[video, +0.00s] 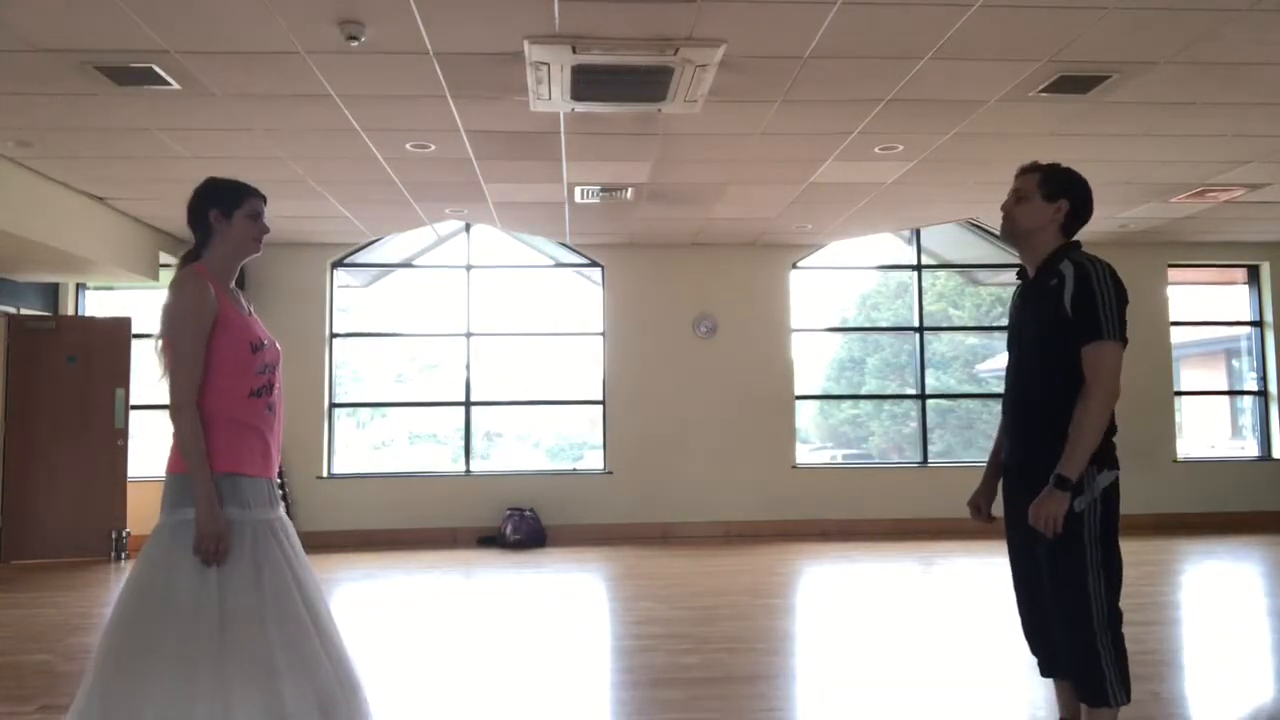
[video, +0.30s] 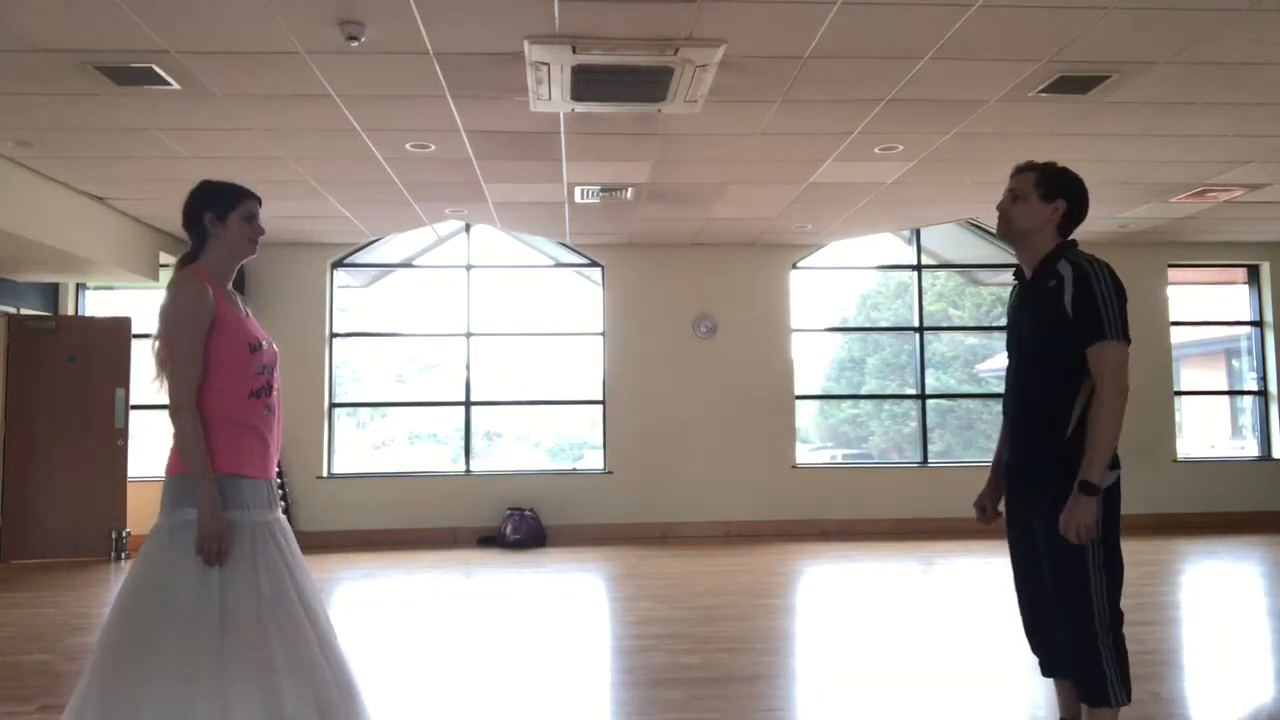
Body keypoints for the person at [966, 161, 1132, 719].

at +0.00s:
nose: (1004, 206)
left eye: (1018, 199)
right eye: (1008, 198)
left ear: (1057, 210)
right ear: (1044, 212)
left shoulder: (1087, 274)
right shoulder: (1027, 290)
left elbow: (1102, 391)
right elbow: (1022, 396)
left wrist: (1062, 484)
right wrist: (991, 478)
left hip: (1075, 484)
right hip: (1028, 482)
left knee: (1087, 634)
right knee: (1052, 631)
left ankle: (1100, 715)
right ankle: (1070, 713)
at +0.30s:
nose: (1000, 205)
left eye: (1016, 197)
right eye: (1005, 196)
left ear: (1056, 210)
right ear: (1038, 212)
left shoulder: (1086, 275)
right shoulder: (1024, 291)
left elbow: (1112, 389)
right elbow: (1022, 396)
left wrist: (1088, 489)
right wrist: (996, 478)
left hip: (1074, 483)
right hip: (1029, 481)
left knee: (1088, 625)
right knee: (1050, 620)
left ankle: (1100, 715)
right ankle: (1069, 713)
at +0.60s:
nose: (994, 207)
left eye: (1010, 199)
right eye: (999, 197)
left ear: (1050, 211)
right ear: (1029, 213)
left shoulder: (1082, 274)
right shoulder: (1021, 290)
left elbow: (1107, 386)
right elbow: (1019, 394)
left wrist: (1076, 488)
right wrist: (991, 476)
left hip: (1073, 482)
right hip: (1028, 480)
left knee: (1087, 628)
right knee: (1052, 625)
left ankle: (1100, 715)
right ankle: (1070, 713)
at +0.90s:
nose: (991, 210)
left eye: (1006, 200)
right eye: (994, 200)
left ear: (1047, 211)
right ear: (1028, 214)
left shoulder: (1079, 273)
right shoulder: (1020, 290)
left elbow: (1097, 387)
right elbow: (1016, 394)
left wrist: (1054, 483)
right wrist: (987, 477)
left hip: (1073, 481)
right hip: (1026, 479)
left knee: (1086, 630)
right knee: (1051, 628)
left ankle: (1099, 715)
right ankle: (1070, 713)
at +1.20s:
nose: (987, 211)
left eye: (1001, 201)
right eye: (991, 201)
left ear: (1041, 210)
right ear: (1027, 214)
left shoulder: (1077, 274)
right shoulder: (1020, 290)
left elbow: (1094, 388)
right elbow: (1015, 395)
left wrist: (1061, 486)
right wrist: (985, 478)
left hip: (1071, 484)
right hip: (1025, 483)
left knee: (1085, 632)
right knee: (1052, 632)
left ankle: (1100, 714)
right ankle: (1072, 712)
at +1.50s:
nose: (984, 212)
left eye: (996, 202)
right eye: (987, 202)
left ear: (1035, 210)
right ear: (1024, 214)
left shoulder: (1076, 274)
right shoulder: (1019, 291)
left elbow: (1097, 389)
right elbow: (1017, 396)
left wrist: (1065, 487)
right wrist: (988, 477)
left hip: (1068, 483)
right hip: (1025, 481)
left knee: (1084, 632)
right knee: (1052, 628)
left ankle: (1098, 715)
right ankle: (1069, 713)